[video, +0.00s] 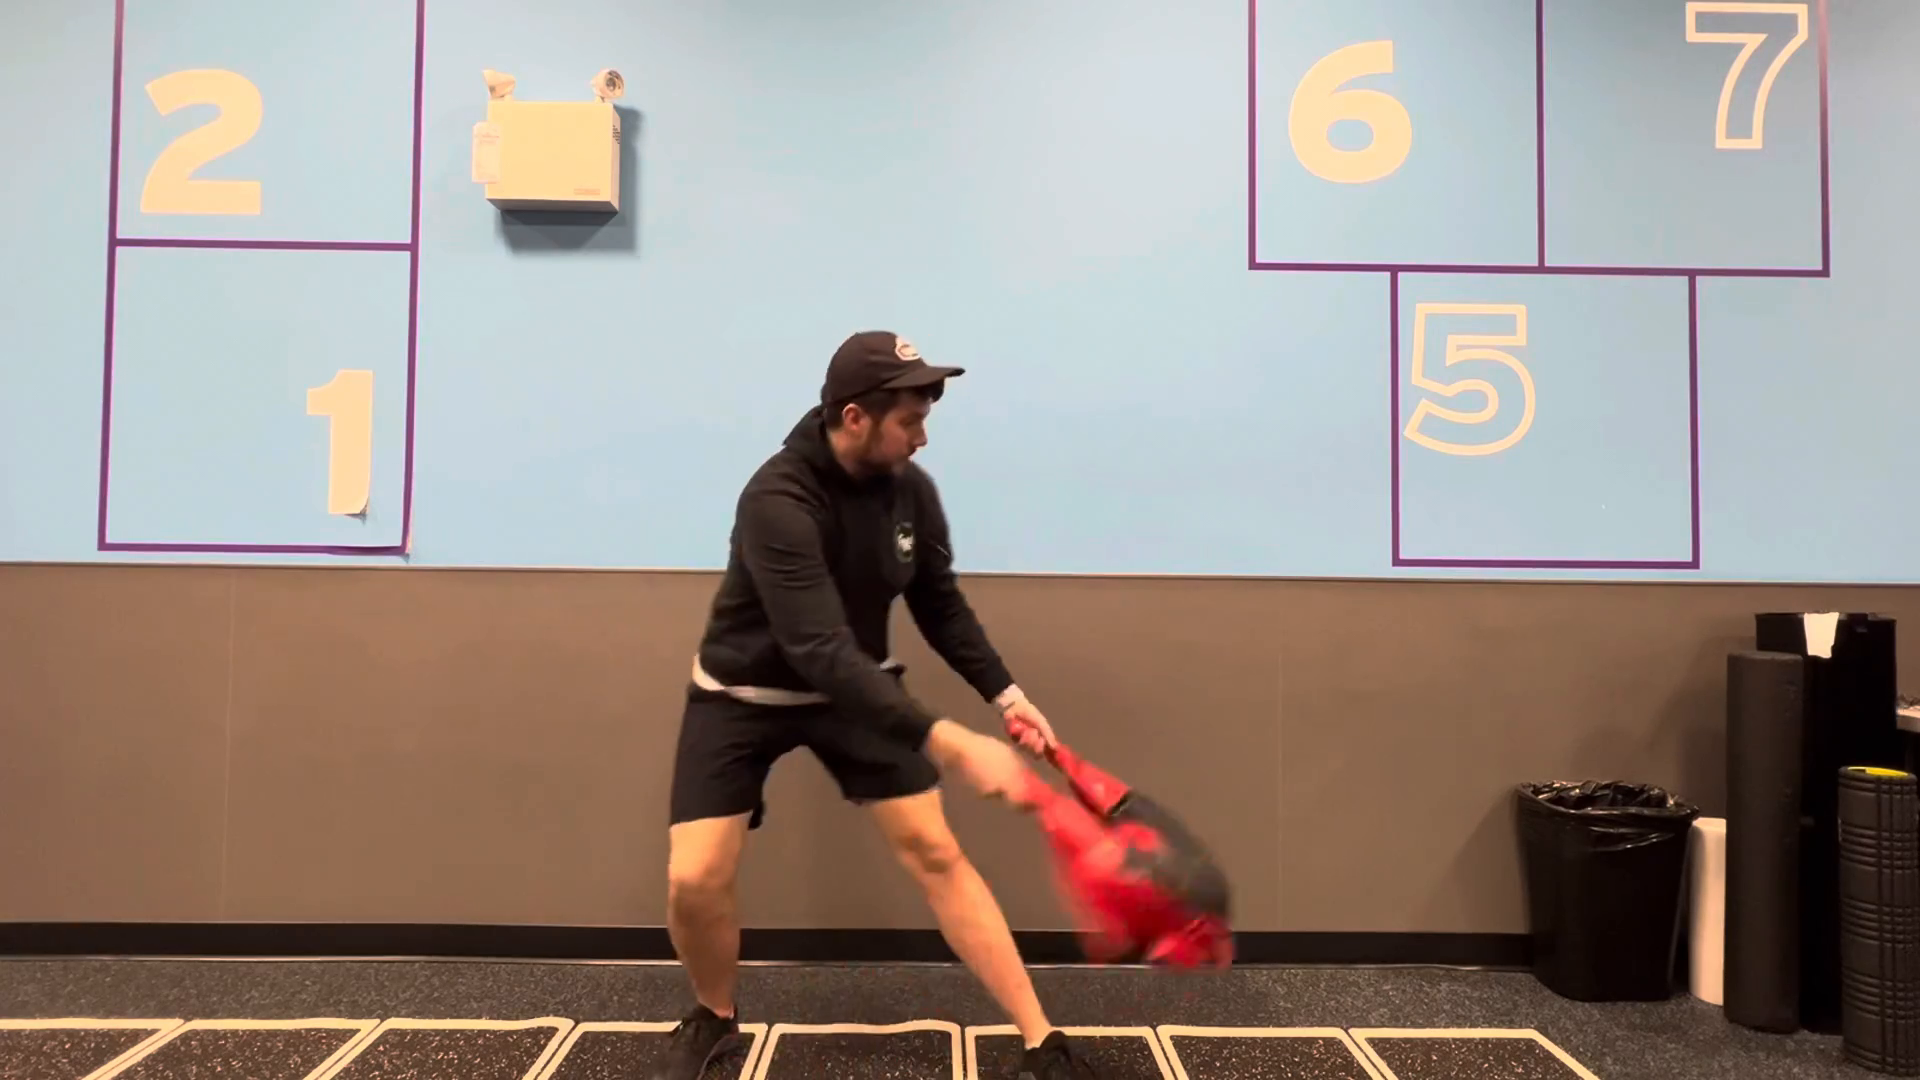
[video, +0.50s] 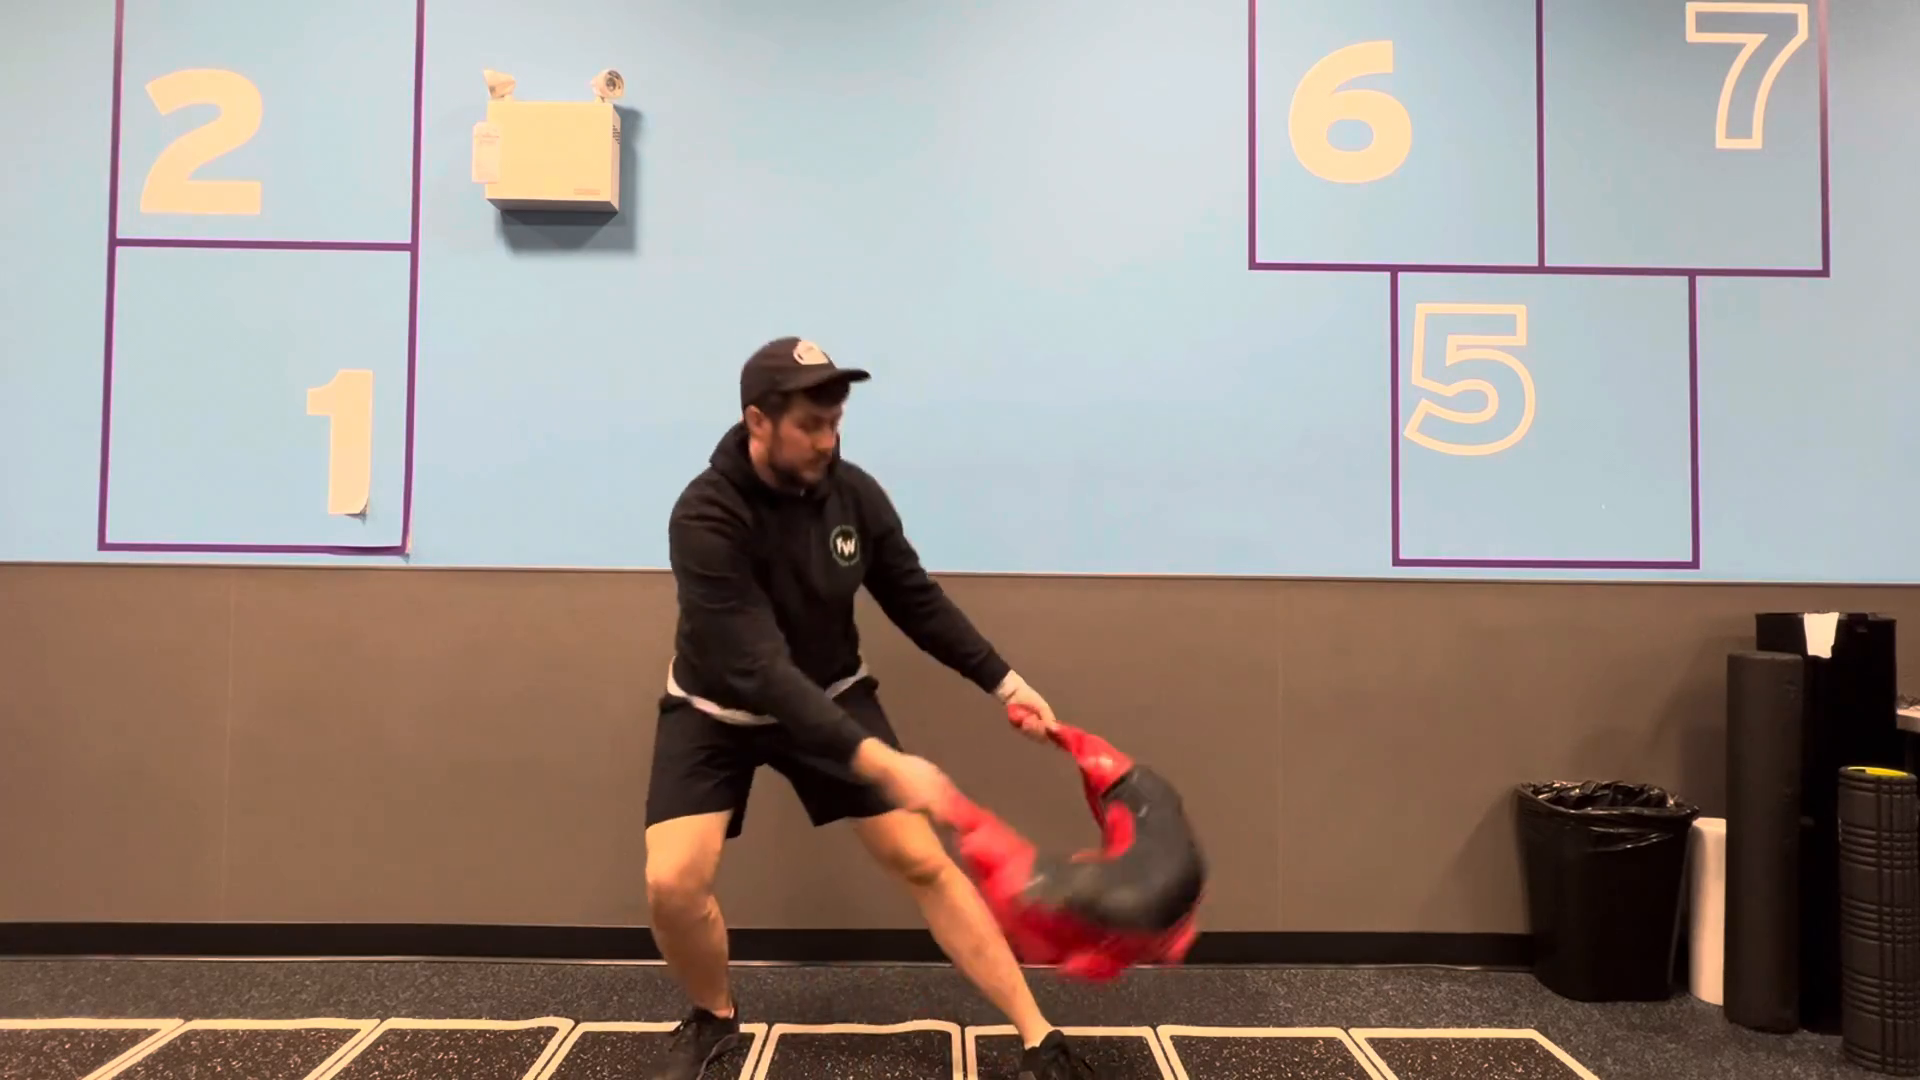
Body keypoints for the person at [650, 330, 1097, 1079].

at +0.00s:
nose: (922, 433)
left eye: (924, 417)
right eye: (910, 418)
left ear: (867, 417)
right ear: (853, 417)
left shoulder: (910, 493)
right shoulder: (778, 500)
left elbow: (940, 605)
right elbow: (822, 651)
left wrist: (1008, 697)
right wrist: (951, 741)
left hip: (853, 687)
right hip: (738, 696)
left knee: (936, 851)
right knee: (694, 879)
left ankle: (1041, 1040)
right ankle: (715, 1018)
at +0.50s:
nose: (827, 439)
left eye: (833, 420)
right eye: (810, 423)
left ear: (842, 416)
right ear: (757, 425)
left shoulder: (853, 497)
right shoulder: (707, 518)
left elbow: (916, 601)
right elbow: (761, 670)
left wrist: (1008, 684)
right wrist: (883, 762)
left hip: (832, 698)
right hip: (712, 708)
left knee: (922, 860)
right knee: (672, 885)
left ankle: (1040, 1039)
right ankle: (714, 1021)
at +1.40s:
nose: (830, 420)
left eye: (840, 403)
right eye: (829, 403)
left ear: (891, 406)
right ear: (881, 407)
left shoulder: (947, 500)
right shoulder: (873, 493)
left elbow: (821, 611)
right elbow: (819, 613)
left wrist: (660, 661)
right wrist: (678, 662)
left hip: (1039, 705)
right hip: (927, 699)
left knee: (1086, 905)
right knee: (831, 854)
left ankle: (1049, 1052)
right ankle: (717, 1015)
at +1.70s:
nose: (862, 367)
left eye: (877, 349)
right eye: (846, 351)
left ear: (914, 343)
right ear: (830, 353)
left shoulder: (970, 447)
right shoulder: (811, 442)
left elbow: (978, 598)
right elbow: (772, 570)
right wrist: (737, 693)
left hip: (972, 658)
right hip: (856, 659)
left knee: (1027, 844)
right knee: (783, 832)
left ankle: (1046, 1046)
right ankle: (724, 1008)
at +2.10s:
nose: (893, 433)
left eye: (891, 416)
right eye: (878, 420)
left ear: (844, 430)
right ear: (825, 433)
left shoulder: (877, 499)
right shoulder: (763, 525)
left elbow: (940, 595)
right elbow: (869, 640)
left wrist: (1047, 647)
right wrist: (1018, 684)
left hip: (838, 701)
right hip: (722, 709)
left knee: (920, 859)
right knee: (678, 893)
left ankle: (1042, 1041)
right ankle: (715, 1019)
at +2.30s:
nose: (889, 440)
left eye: (888, 423)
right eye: (874, 426)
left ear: (840, 434)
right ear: (821, 437)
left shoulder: (870, 504)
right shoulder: (757, 529)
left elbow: (931, 602)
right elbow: (865, 644)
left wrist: (1039, 655)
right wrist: (1018, 684)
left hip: (830, 708)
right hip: (713, 716)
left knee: (917, 865)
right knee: (677, 901)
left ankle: (1042, 1039)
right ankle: (715, 1018)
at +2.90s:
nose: (841, 417)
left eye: (855, 401)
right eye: (842, 401)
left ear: (908, 404)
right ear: (894, 406)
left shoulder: (974, 505)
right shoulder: (870, 500)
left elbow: (887, 644)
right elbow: (838, 606)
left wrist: (750, 725)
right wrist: (744, 680)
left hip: (1037, 693)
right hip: (924, 690)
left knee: (1080, 884)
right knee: (831, 848)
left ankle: (1050, 1048)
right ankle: (715, 1011)